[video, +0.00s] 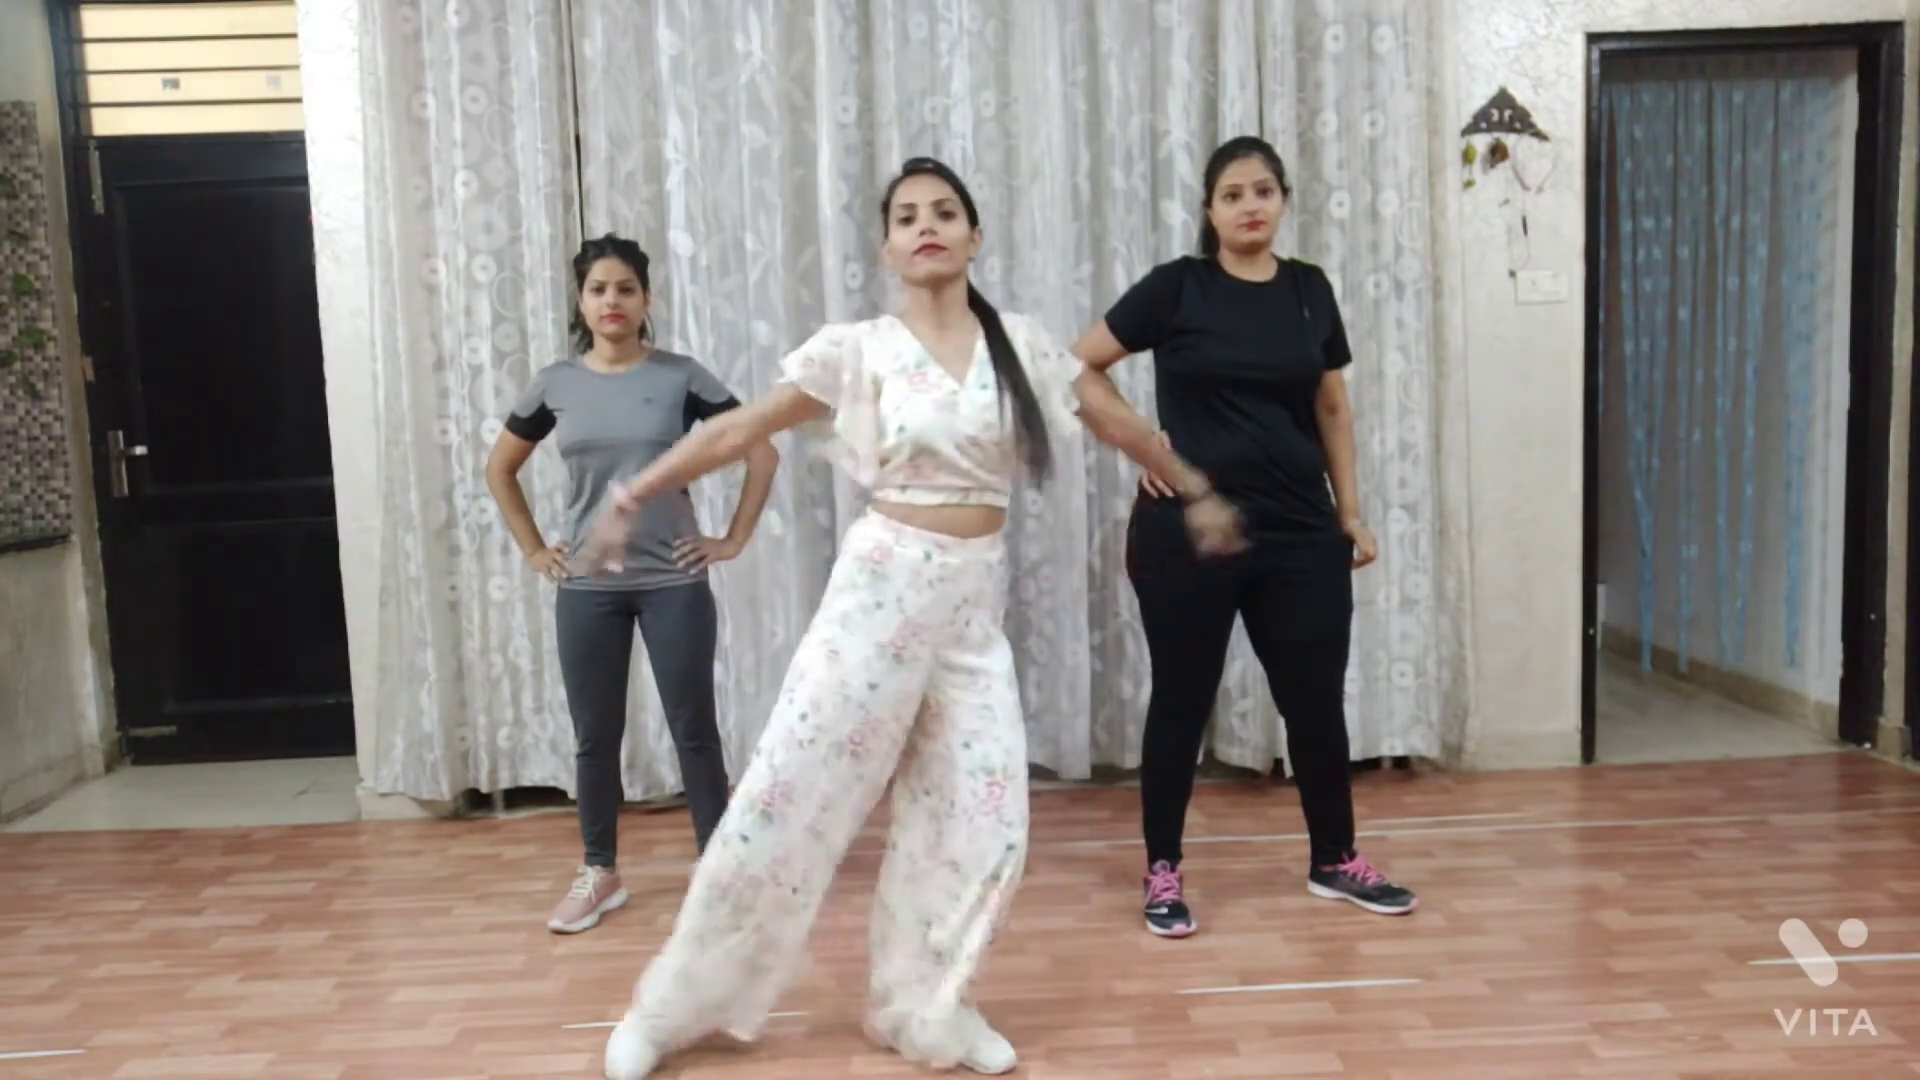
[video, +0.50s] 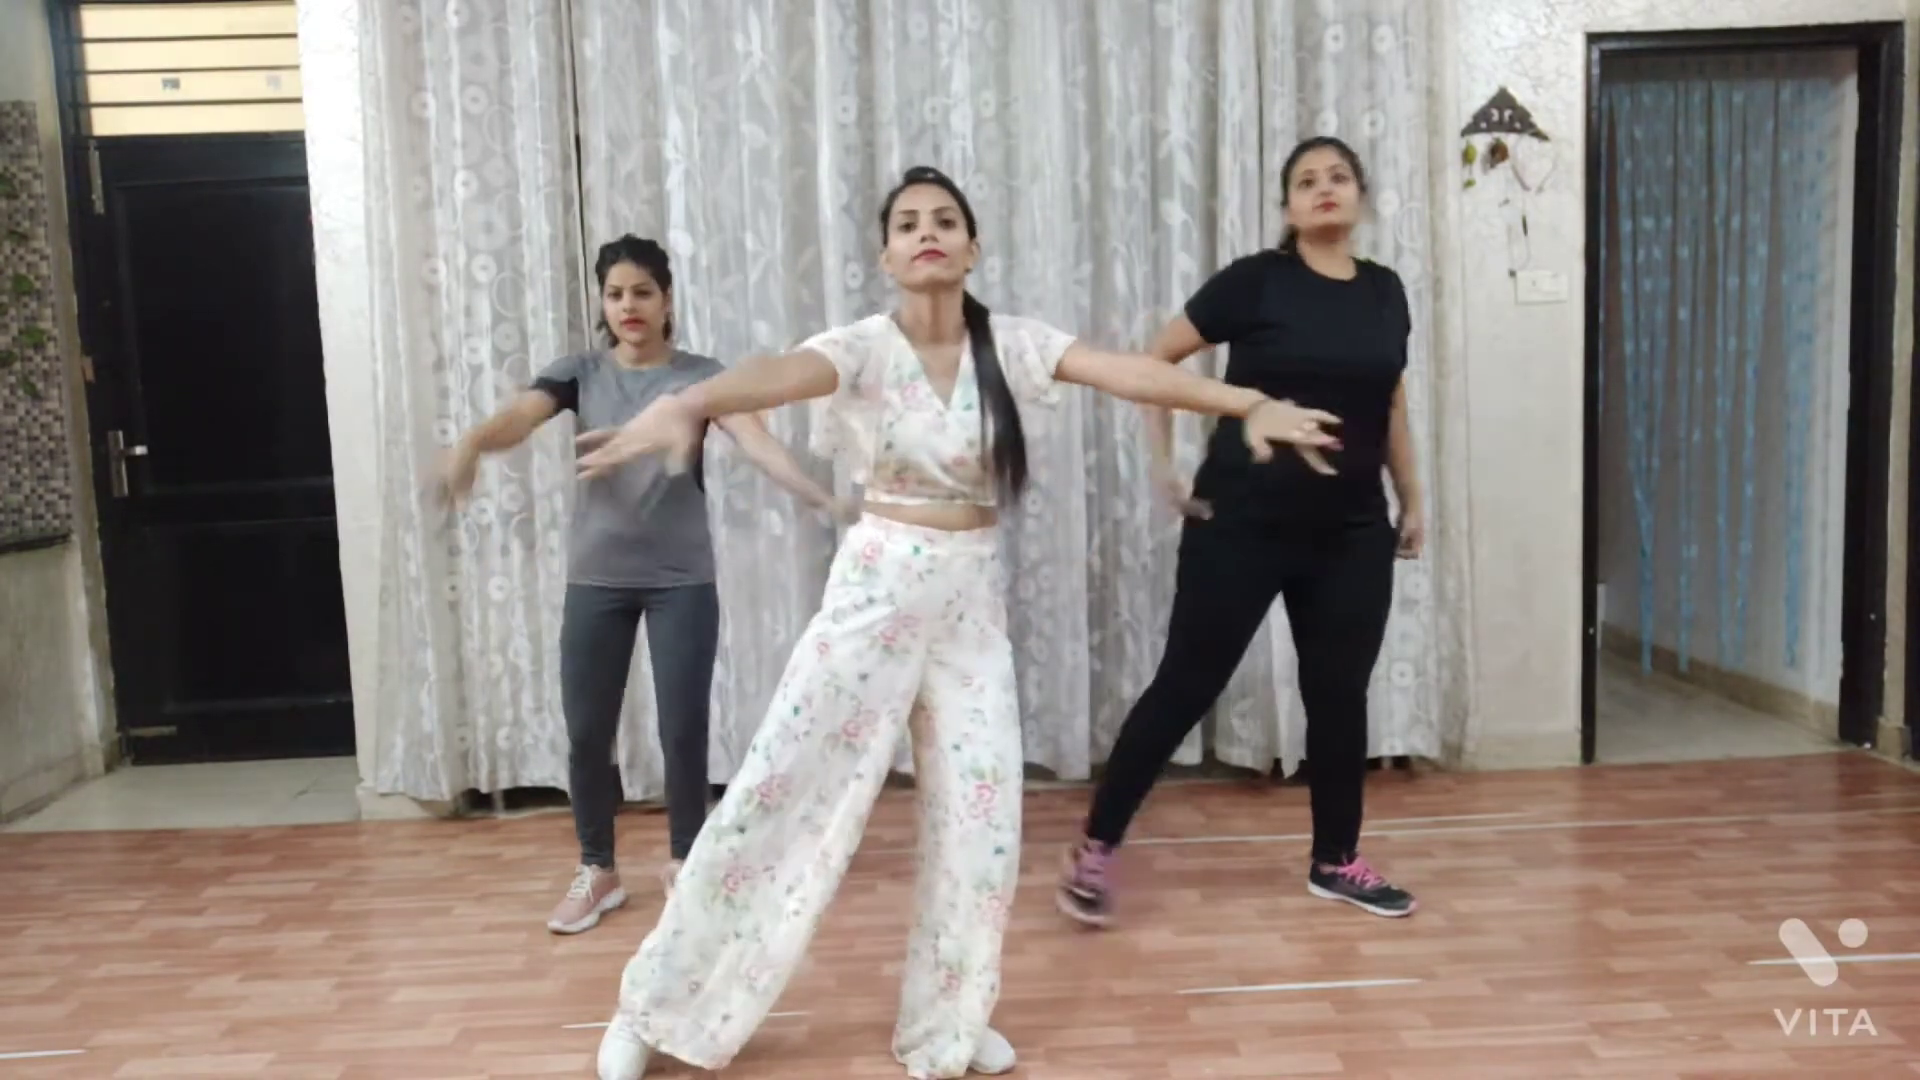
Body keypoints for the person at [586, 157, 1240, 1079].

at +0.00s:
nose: (927, 230)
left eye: (944, 215)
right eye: (908, 219)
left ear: (975, 236)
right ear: (887, 244)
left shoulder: (1021, 342)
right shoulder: (856, 349)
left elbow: (1120, 424)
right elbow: (738, 428)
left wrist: (1198, 494)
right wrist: (632, 491)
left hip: (975, 608)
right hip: (879, 600)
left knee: (991, 822)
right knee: (785, 798)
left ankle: (926, 1003)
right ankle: (662, 1013)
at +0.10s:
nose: (929, 235)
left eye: (947, 222)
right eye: (910, 224)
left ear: (977, 248)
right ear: (885, 253)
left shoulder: (1023, 351)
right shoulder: (853, 354)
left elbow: (1145, 410)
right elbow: (726, 420)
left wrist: (1258, 458)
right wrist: (603, 468)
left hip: (969, 621)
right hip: (869, 613)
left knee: (981, 826)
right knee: (774, 805)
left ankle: (947, 1025)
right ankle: (643, 1017)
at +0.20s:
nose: (926, 237)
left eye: (943, 225)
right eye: (908, 226)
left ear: (974, 246)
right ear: (885, 250)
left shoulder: (1021, 348)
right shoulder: (853, 352)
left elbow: (1152, 398)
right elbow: (720, 412)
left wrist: (1275, 441)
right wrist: (596, 456)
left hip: (969, 615)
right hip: (871, 608)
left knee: (982, 819)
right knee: (770, 805)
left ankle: (949, 1027)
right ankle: (646, 1020)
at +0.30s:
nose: (924, 235)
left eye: (942, 222)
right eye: (906, 225)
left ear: (973, 246)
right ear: (886, 252)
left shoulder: (1018, 345)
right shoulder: (859, 350)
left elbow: (1154, 383)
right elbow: (732, 401)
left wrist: (1289, 423)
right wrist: (604, 437)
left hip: (970, 615)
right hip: (872, 608)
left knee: (981, 825)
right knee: (770, 807)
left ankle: (946, 1030)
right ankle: (644, 1014)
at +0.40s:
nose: (924, 236)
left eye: (942, 223)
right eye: (906, 225)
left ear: (973, 248)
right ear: (883, 252)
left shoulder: (1017, 344)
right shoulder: (859, 349)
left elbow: (1154, 379)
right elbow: (749, 390)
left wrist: (1283, 410)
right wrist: (632, 426)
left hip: (970, 612)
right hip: (868, 602)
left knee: (985, 818)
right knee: (767, 799)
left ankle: (949, 1028)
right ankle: (647, 1013)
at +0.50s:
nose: (926, 238)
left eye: (944, 224)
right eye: (907, 228)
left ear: (974, 250)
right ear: (885, 256)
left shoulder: (1009, 341)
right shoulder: (864, 348)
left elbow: (1131, 372)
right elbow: (772, 378)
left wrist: (1248, 404)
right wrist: (675, 408)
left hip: (972, 606)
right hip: (871, 599)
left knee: (983, 823)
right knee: (768, 797)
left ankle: (948, 1030)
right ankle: (646, 1014)